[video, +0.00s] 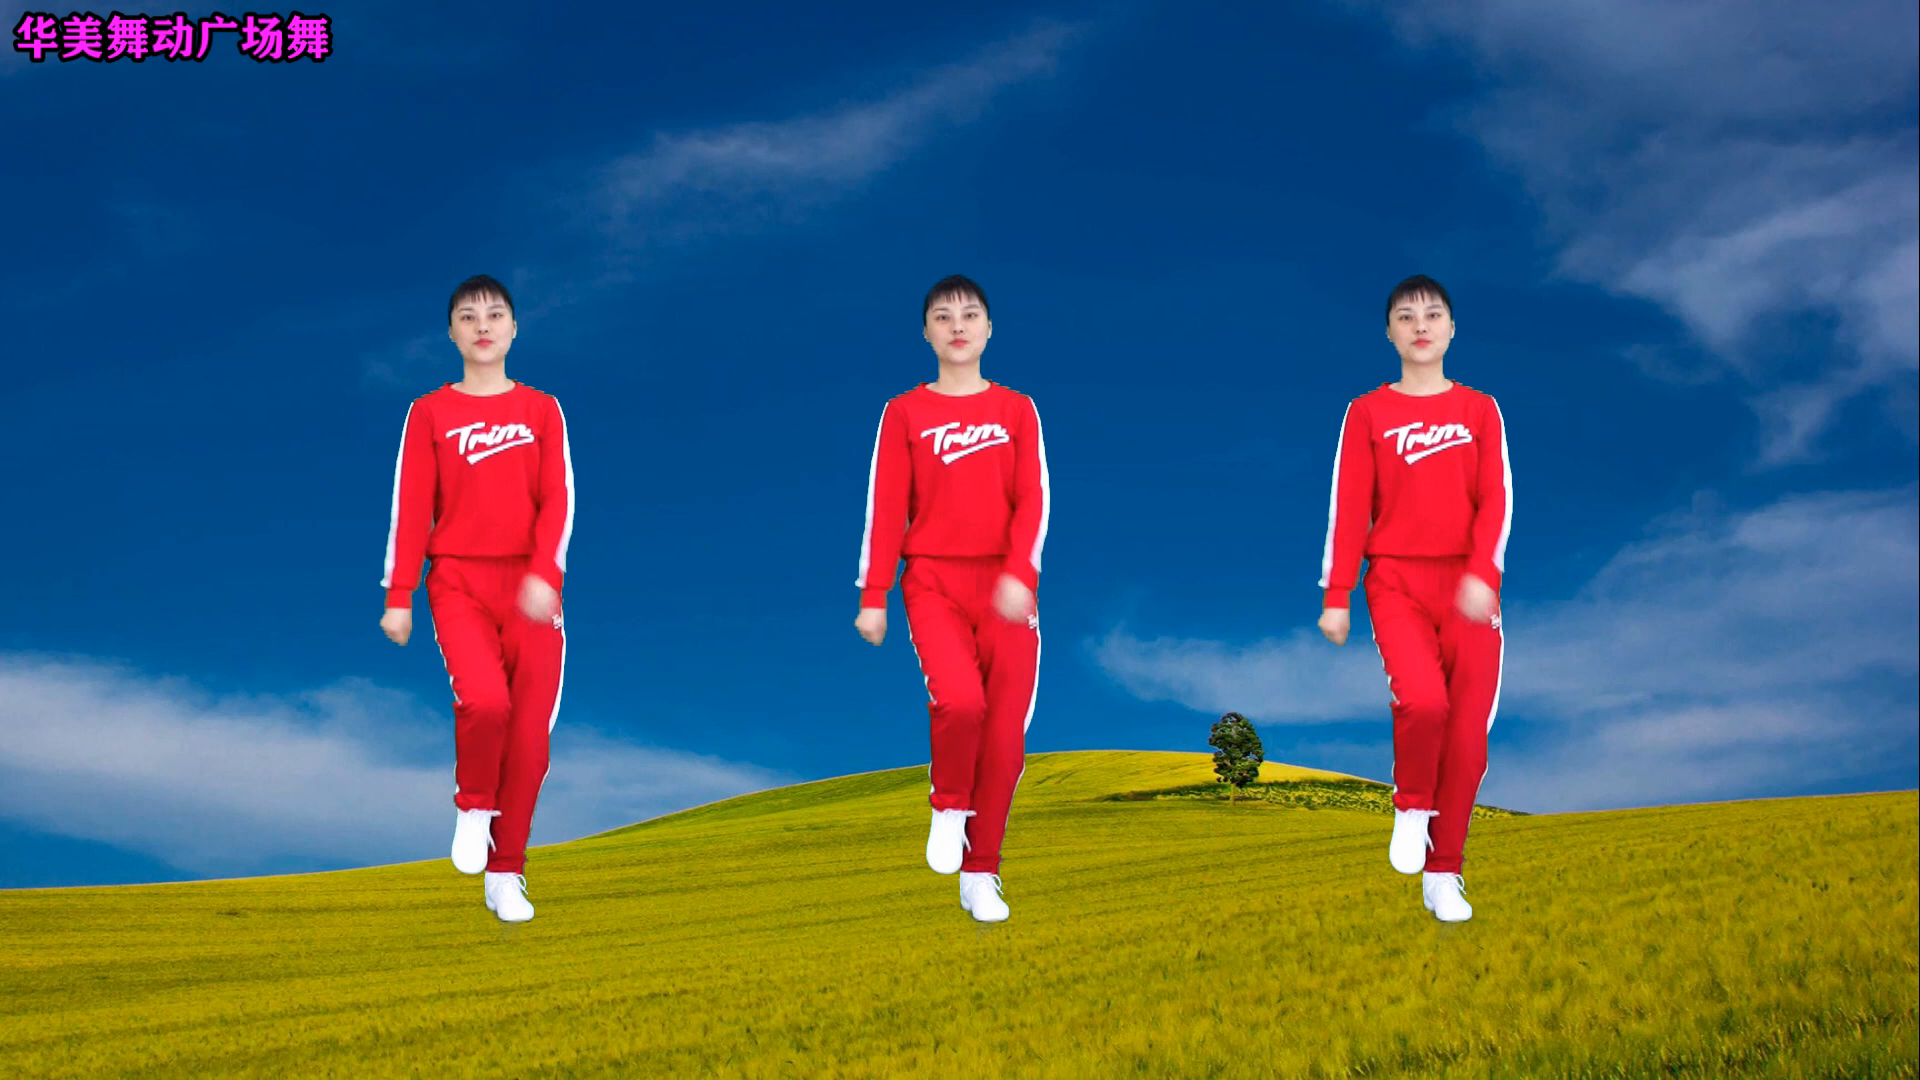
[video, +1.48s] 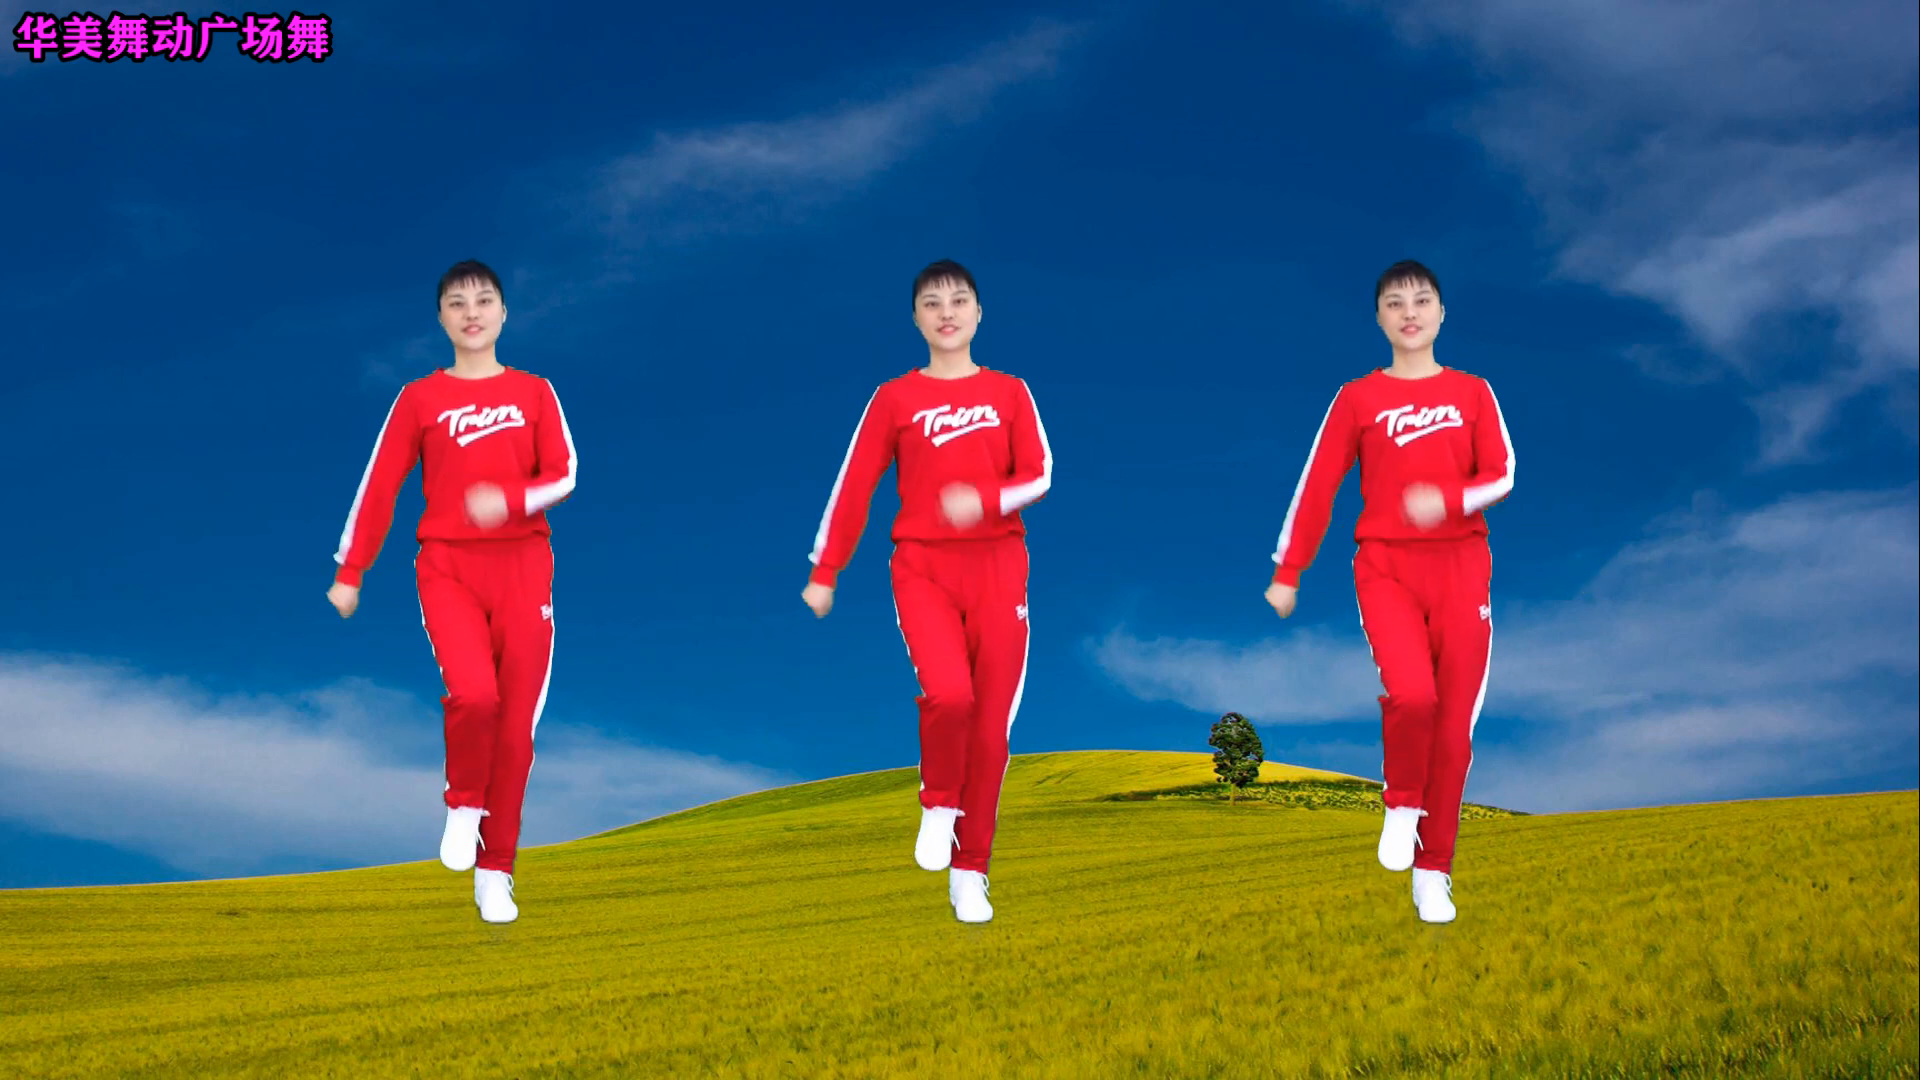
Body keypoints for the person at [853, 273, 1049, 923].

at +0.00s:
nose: (957, 325)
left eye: (969, 315)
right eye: (944, 317)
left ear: (988, 328)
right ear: (928, 332)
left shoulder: (1018, 409)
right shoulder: (903, 411)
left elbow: (1034, 499)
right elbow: (885, 508)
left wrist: (1020, 575)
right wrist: (874, 596)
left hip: (1007, 582)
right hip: (931, 582)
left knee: (1008, 725)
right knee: (962, 702)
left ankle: (982, 867)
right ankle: (950, 806)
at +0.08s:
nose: (957, 314)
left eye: (968, 304)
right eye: (944, 306)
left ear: (987, 316)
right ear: (927, 321)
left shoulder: (1018, 393)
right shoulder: (902, 401)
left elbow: (1041, 471)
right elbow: (866, 487)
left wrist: (990, 496)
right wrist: (840, 572)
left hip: (1007, 572)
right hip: (932, 571)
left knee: (1003, 719)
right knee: (962, 696)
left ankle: (984, 867)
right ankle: (952, 806)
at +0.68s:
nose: (941, 327)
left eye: (953, 318)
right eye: (928, 318)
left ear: (969, 330)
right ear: (911, 330)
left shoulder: (998, 407)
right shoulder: (882, 411)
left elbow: (1005, 501)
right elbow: (866, 498)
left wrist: (1002, 585)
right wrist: (885, 570)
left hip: (972, 583)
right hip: (901, 584)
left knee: (946, 715)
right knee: (900, 733)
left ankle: (967, 809)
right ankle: (927, 866)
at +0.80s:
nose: (939, 310)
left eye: (952, 300)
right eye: (927, 300)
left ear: (969, 312)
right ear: (909, 312)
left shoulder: (996, 389)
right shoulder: (879, 392)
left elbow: (1036, 477)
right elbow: (841, 471)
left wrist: (1055, 565)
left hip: (974, 565)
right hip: (899, 566)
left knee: (948, 709)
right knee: (906, 721)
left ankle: (963, 818)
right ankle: (929, 862)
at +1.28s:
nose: (946, 322)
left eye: (959, 311)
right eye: (933, 312)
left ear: (976, 321)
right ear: (917, 323)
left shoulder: (1007, 399)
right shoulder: (890, 403)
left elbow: (1051, 485)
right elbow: (884, 487)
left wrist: (1092, 567)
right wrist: (908, 555)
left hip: (998, 574)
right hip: (922, 575)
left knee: (988, 727)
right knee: (935, 721)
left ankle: (970, 868)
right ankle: (933, 837)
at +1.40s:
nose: (948, 327)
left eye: (959, 316)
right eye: (934, 317)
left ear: (977, 325)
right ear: (919, 329)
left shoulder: (1009, 406)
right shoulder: (894, 410)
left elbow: (1029, 495)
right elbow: (874, 504)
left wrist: (1014, 568)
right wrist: (862, 592)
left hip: (998, 578)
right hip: (922, 579)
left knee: (997, 729)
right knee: (950, 703)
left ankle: (971, 869)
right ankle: (937, 805)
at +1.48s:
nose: (947, 313)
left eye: (958, 302)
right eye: (934, 304)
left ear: (977, 312)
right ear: (917, 318)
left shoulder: (1009, 390)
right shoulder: (893, 399)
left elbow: (1038, 474)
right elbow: (853, 485)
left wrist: (987, 498)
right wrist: (824, 569)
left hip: (999, 570)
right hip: (922, 570)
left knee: (991, 722)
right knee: (950, 697)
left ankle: (972, 867)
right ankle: (941, 806)